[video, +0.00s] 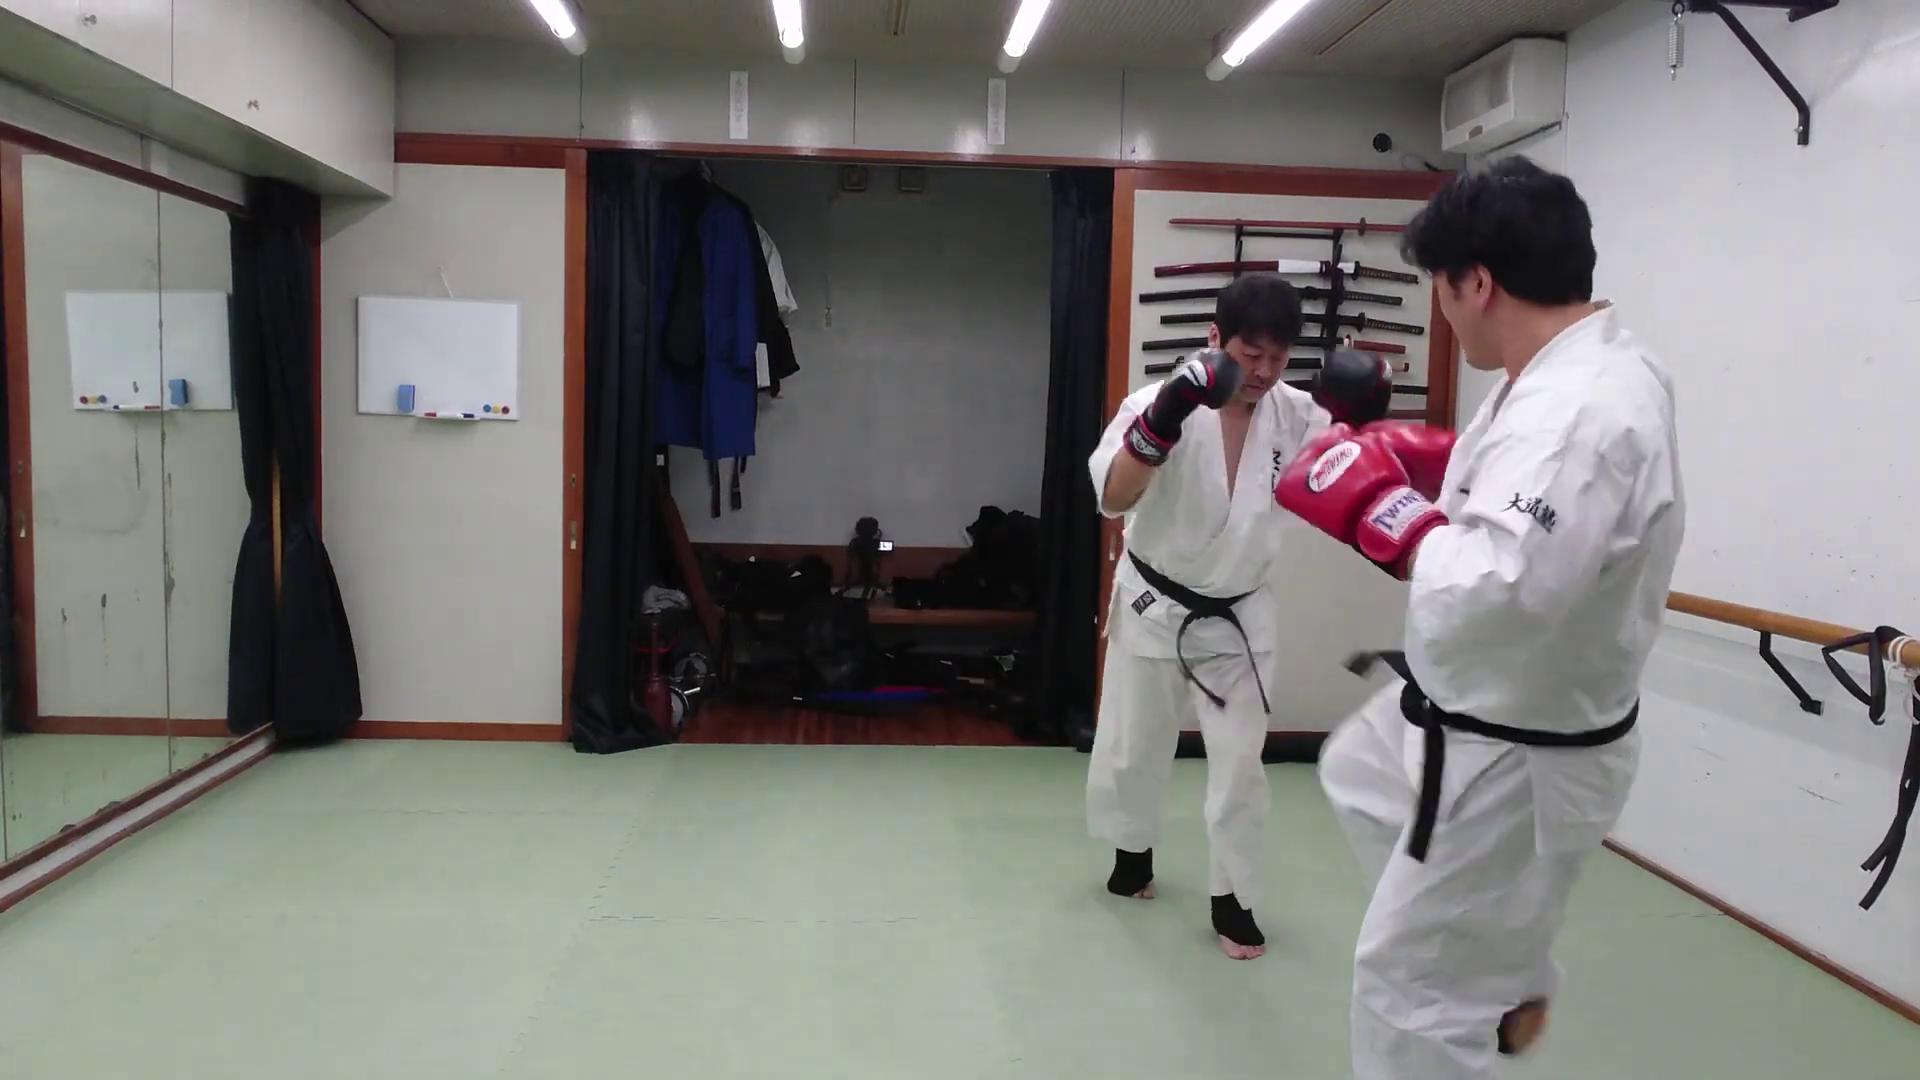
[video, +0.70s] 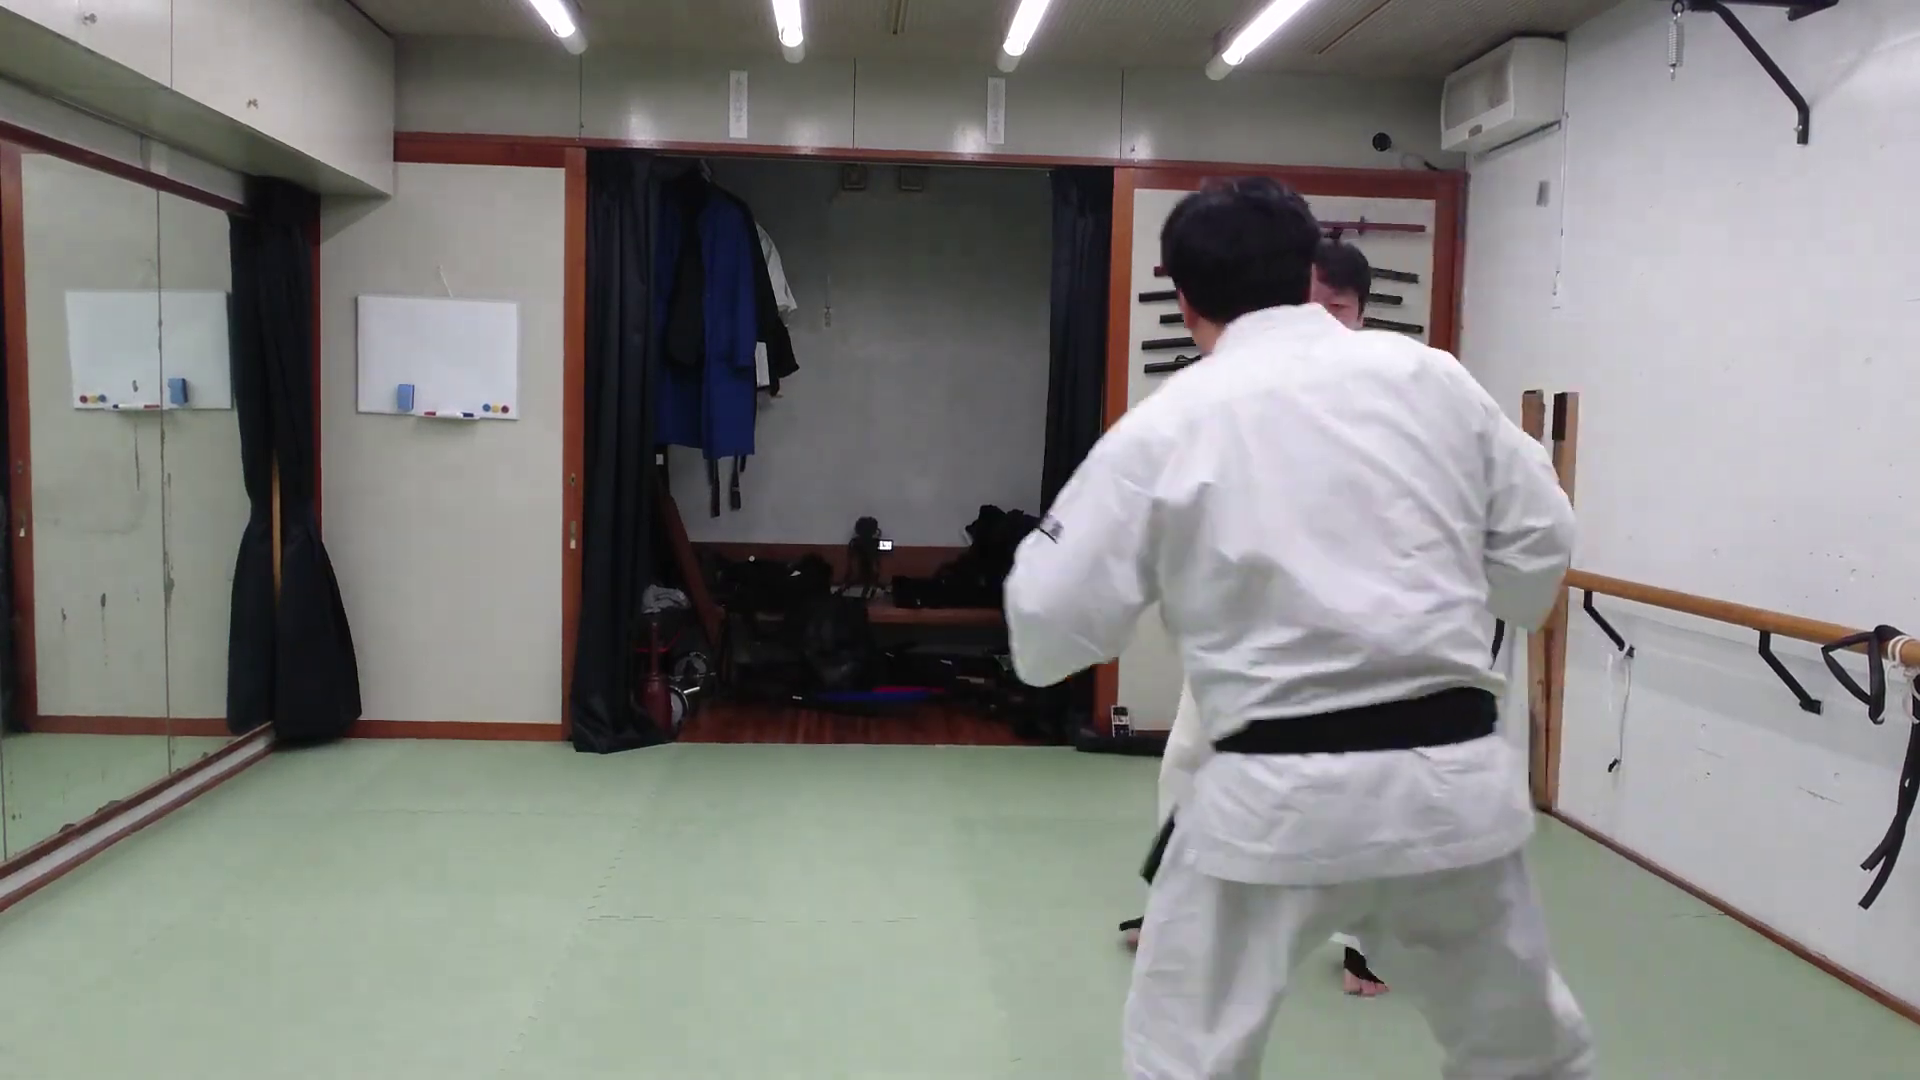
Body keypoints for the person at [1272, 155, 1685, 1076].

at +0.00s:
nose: (1440, 310)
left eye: (1440, 287)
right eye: (1437, 288)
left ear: (1481, 284)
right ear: (1563, 264)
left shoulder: (1585, 408)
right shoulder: (1574, 369)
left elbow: (1503, 585)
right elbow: (1535, 488)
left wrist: (1380, 511)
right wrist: (1439, 460)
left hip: (1518, 754)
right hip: (1475, 702)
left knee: (1409, 991)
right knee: (1358, 773)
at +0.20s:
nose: (1435, 296)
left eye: (1433, 272)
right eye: (1431, 274)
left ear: (1467, 269)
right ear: (1559, 254)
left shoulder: (1530, 387)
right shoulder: (1630, 369)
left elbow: (1565, 578)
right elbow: (1576, 503)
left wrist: (1406, 579)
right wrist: (1435, 439)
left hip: (1502, 758)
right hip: (1618, 741)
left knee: (1414, 1016)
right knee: (1611, 971)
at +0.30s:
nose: (1423, 326)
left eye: (1421, 300)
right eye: (1420, 302)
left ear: (1452, 292)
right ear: (1546, 281)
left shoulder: (1482, 401)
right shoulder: (1643, 396)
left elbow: (1506, 587)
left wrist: (1367, 608)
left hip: (1513, 776)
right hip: (1648, 759)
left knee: (1343, 952)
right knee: (1635, 991)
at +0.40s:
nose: (1381, 323)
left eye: (1381, 304)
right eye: (1380, 305)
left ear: (1405, 301)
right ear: (1508, 290)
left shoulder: (1427, 412)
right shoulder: (1628, 402)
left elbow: (1394, 586)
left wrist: (1295, 556)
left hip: (1480, 787)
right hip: (1633, 773)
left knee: (1302, 969)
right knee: (1629, 992)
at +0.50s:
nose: (1298, 340)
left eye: (1298, 319)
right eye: (1297, 320)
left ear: (1324, 323)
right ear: (1448, 306)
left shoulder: (1366, 446)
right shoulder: (1568, 410)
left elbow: (1227, 619)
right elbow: (1631, 572)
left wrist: (1192, 529)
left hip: (1434, 822)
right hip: (1597, 801)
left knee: (1258, 1018)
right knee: (1620, 1019)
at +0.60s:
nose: (1235, 360)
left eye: (1233, 339)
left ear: (1245, 340)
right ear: (1365, 315)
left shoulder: (1250, 450)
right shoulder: (1486, 408)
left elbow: (1133, 637)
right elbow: (1592, 566)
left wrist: (1150, 522)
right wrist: (1518, 637)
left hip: (1346, 829)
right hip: (1525, 809)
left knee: (1196, 1023)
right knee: (1595, 1038)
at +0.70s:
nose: (1178, 314)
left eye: (1177, 299)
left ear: (1190, 306)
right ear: (1309, 278)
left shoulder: (1167, 425)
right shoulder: (1431, 377)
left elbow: (1046, 629)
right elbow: (1543, 540)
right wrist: (1469, 621)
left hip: (1264, 809)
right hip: (1457, 796)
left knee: (1182, 1058)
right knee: (1527, 1053)